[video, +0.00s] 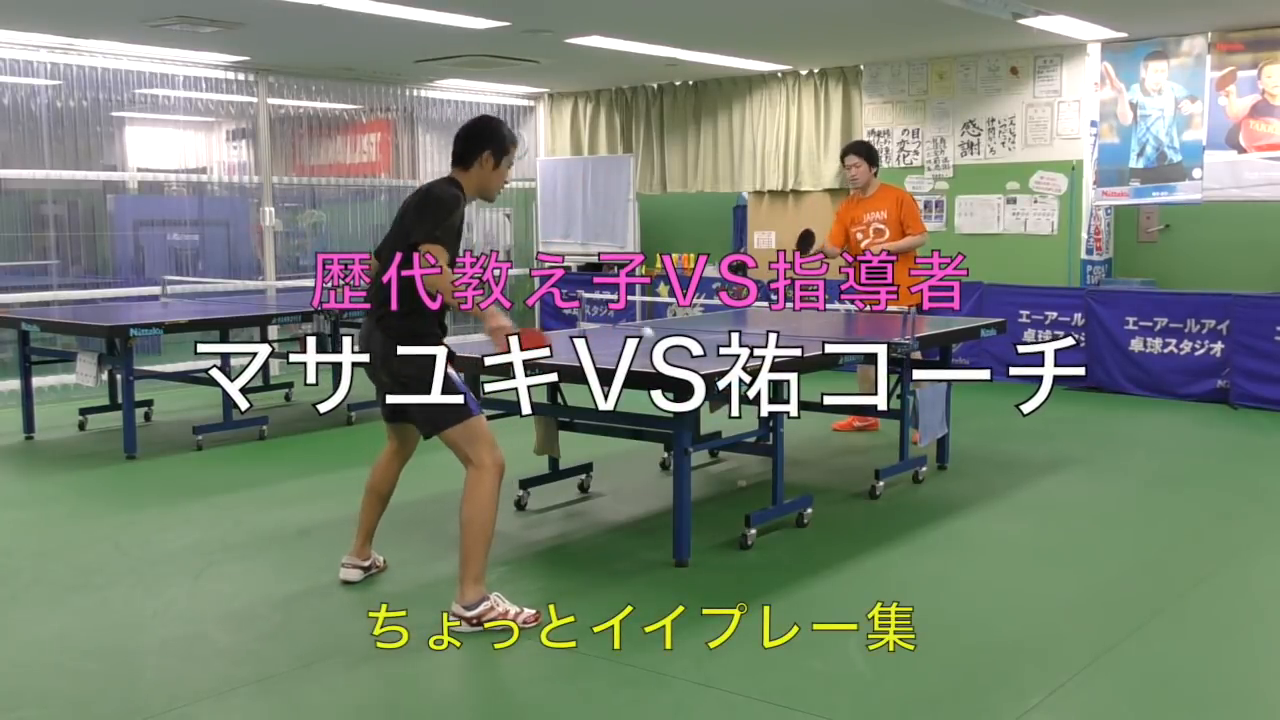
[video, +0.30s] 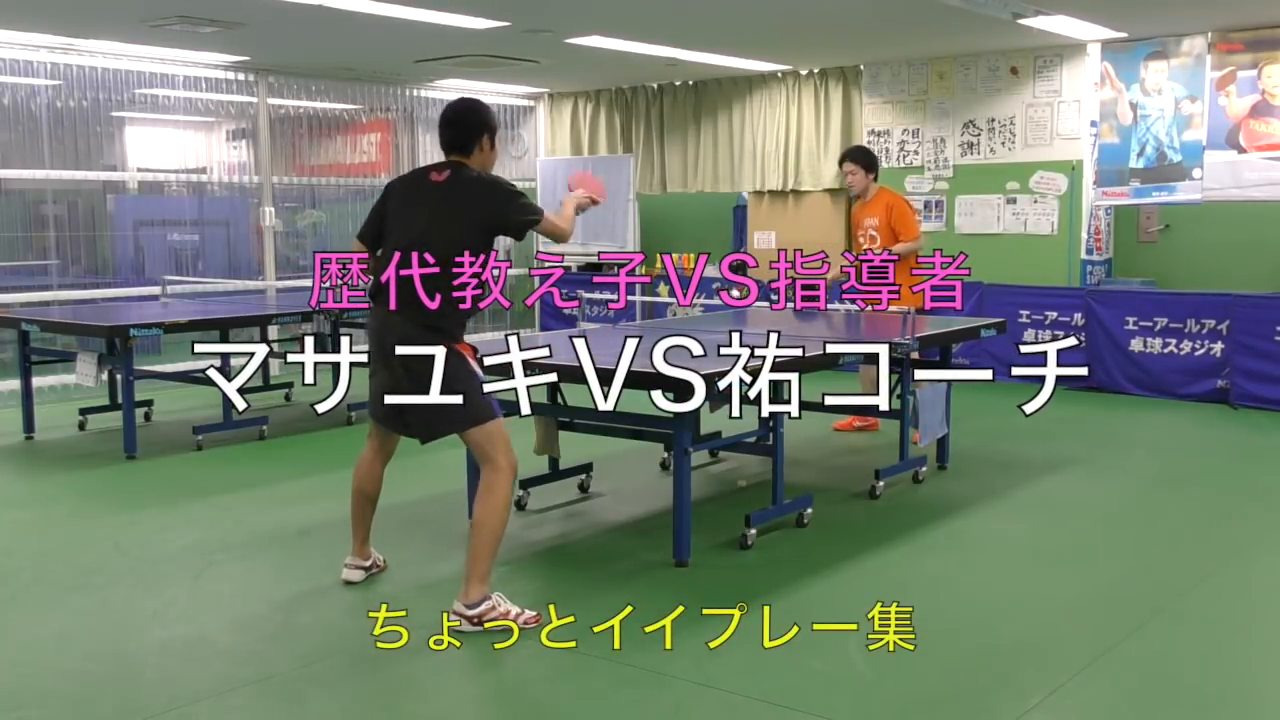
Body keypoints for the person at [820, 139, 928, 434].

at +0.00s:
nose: (850, 173)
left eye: (856, 166)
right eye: (846, 168)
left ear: (873, 167)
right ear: (844, 171)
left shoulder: (898, 197)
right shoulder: (846, 207)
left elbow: (920, 237)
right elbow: (834, 249)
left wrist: (886, 246)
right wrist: (821, 248)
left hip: (904, 295)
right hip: (867, 297)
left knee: (913, 357)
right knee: (866, 354)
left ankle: (923, 419)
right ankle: (866, 413)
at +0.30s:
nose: (847, 180)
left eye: (852, 173)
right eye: (844, 174)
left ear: (870, 173)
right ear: (845, 176)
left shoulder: (894, 202)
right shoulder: (857, 209)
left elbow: (915, 241)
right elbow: (859, 255)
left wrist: (886, 253)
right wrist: (834, 277)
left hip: (903, 298)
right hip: (871, 299)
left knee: (914, 360)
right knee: (868, 354)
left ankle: (926, 420)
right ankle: (867, 413)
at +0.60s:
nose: (842, 181)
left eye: (847, 175)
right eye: (841, 175)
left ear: (865, 175)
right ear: (846, 176)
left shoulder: (897, 202)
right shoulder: (848, 208)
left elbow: (917, 241)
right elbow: (830, 245)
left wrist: (888, 249)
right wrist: (812, 238)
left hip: (903, 297)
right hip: (869, 298)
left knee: (913, 360)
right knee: (868, 355)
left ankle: (925, 420)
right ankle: (867, 413)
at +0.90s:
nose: (855, 171)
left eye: (861, 165)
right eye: (852, 166)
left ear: (876, 167)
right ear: (849, 169)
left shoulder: (899, 197)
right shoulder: (851, 207)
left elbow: (919, 237)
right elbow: (838, 250)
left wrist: (886, 244)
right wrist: (821, 264)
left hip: (901, 296)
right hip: (867, 296)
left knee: (909, 359)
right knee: (867, 355)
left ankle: (922, 419)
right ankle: (866, 413)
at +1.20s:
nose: (850, 186)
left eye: (855, 179)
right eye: (848, 180)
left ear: (872, 178)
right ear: (851, 179)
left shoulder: (894, 204)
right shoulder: (864, 208)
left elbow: (917, 246)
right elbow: (871, 252)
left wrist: (888, 256)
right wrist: (846, 270)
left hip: (907, 298)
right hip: (879, 297)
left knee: (912, 361)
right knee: (871, 354)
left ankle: (926, 419)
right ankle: (867, 413)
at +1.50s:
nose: (856, 176)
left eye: (861, 170)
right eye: (854, 171)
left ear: (879, 171)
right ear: (854, 172)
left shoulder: (906, 201)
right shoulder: (856, 205)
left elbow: (925, 241)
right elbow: (843, 246)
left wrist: (898, 249)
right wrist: (832, 231)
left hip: (909, 296)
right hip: (874, 297)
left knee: (914, 360)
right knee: (871, 354)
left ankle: (922, 420)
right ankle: (866, 413)